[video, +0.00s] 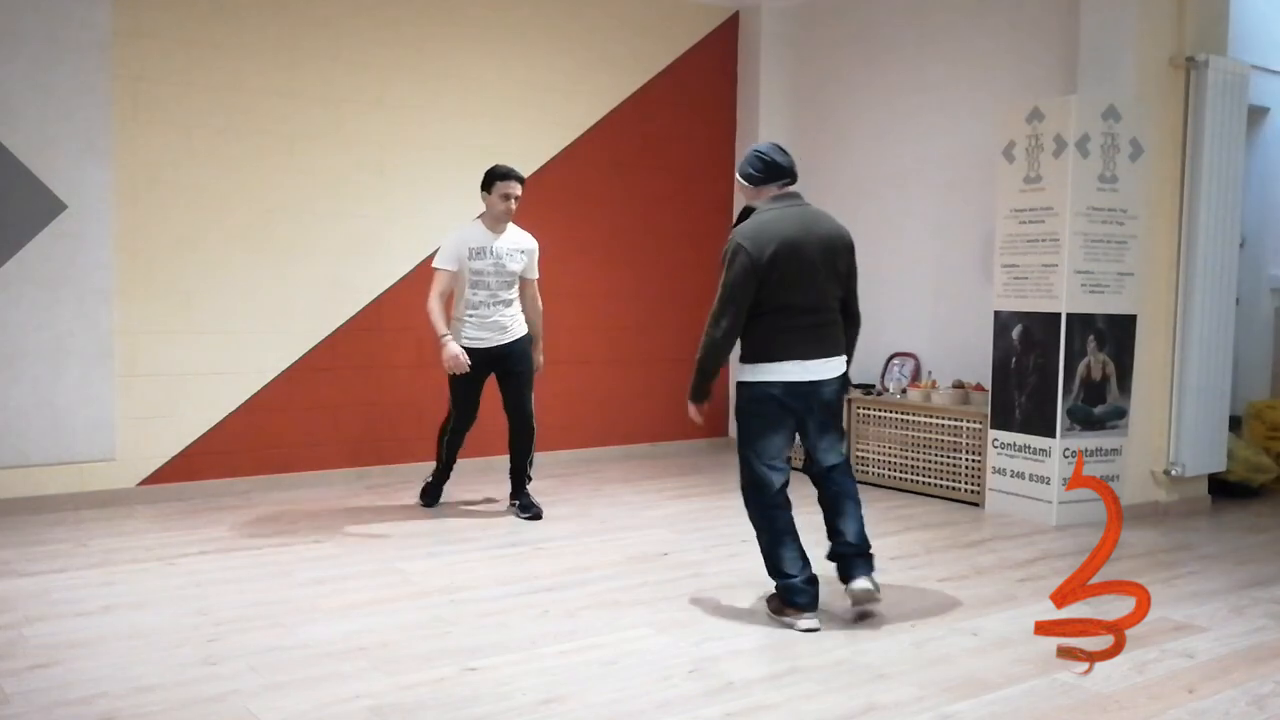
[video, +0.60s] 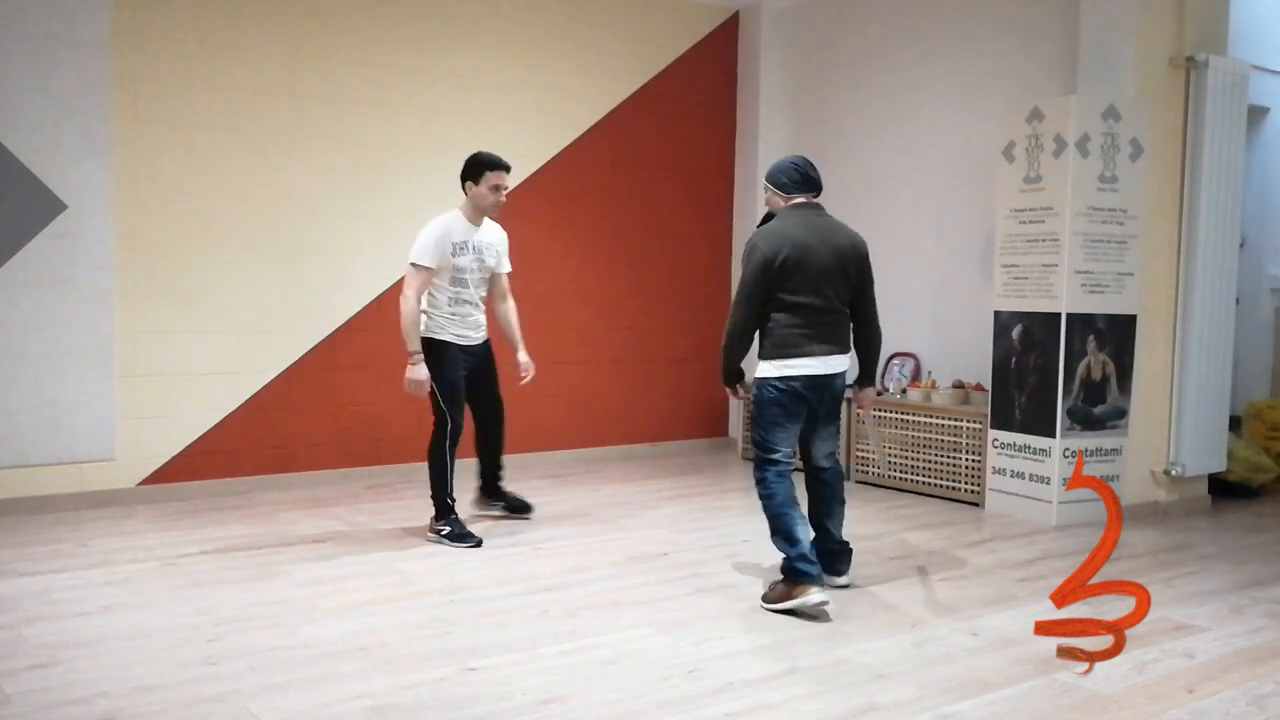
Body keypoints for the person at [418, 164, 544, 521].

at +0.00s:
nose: (512, 204)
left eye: (517, 198)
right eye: (505, 197)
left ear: (520, 200)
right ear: (485, 196)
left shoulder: (526, 244)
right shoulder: (460, 240)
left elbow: (531, 297)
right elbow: (435, 297)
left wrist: (537, 345)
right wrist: (445, 341)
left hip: (514, 344)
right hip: (470, 346)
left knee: (523, 418)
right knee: (460, 419)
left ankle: (520, 491)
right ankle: (439, 477)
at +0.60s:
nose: (504, 196)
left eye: (506, 189)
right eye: (496, 188)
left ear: (502, 191)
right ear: (469, 188)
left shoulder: (496, 236)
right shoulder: (439, 232)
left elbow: (502, 298)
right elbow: (409, 295)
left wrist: (520, 349)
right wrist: (415, 357)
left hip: (478, 343)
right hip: (439, 343)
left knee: (490, 415)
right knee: (450, 423)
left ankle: (491, 490)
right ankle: (443, 516)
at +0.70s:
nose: (494, 193)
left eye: (497, 185)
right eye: (487, 185)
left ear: (492, 187)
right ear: (461, 183)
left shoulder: (481, 232)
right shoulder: (432, 227)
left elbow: (483, 298)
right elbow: (403, 292)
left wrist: (493, 353)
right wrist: (412, 356)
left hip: (463, 342)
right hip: (432, 343)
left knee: (474, 414)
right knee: (443, 422)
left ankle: (448, 491)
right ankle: (442, 517)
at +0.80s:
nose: (483, 191)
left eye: (485, 184)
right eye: (476, 183)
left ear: (471, 185)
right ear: (450, 183)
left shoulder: (467, 231)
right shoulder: (420, 227)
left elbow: (467, 297)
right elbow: (397, 294)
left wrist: (468, 353)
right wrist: (406, 358)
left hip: (450, 344)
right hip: (421, 343)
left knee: (450, 418)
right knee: (433, 424)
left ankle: (394, 490)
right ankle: (441, 516)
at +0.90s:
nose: (469, 193)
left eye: (470, 184)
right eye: (462, 184)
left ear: (457, 185)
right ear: (435, 184)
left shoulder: (450, 232)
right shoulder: (409, 226)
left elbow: (451, 296)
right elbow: (383, 296)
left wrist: (451, 350)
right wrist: (388, 361)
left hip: (433, 344)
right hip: (409, 343)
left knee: (406, 426)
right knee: (432, 426)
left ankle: (348, 494)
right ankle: (441, 518)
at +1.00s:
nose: (448, 194)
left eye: (449, 186)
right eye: (441, 186)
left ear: (426, 187)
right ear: (415, 186)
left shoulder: (427, 232)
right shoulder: (392, 226)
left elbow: (430, 297)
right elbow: (362, 293)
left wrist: (439, 348)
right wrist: (356, 359)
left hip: (410, 346)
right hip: (390, 345)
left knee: (378, 428)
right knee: (429, 423)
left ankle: (314, 501)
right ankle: (440, 518)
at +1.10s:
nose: (422, 193)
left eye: (423, 185)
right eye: (414, 185)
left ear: (407, 189)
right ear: (388, 186)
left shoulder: (401, 234)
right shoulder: (363, 230)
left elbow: (409, 298)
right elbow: (332, 292)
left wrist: (430, 350)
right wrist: (317, 352)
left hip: (379, 344)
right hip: (364, 344)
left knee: (349, 428)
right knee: (410, 417)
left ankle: (301, 513)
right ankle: (430, 515)